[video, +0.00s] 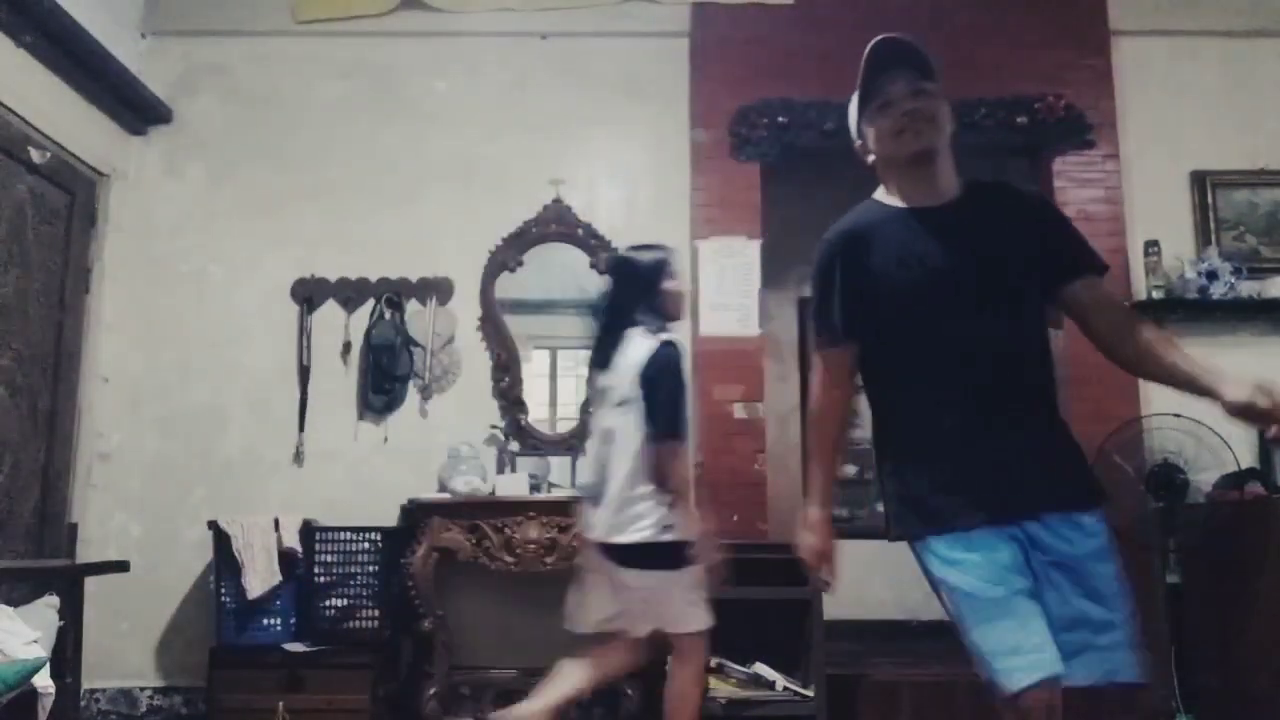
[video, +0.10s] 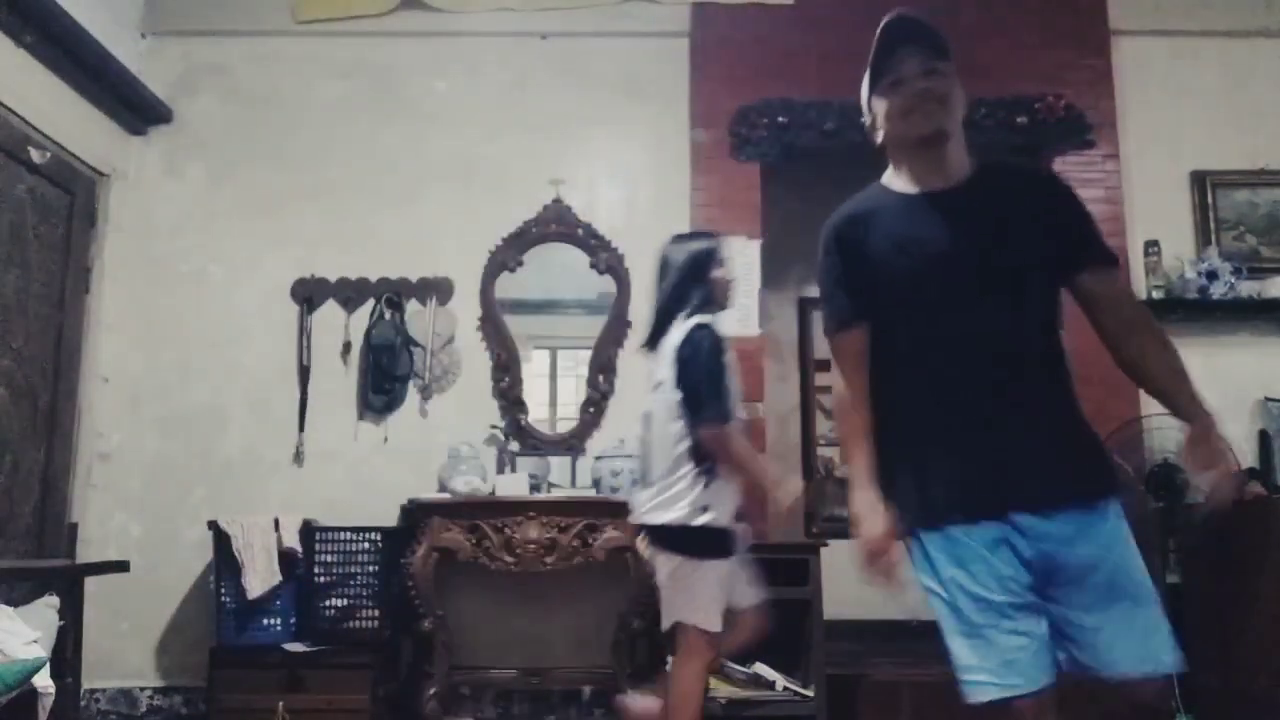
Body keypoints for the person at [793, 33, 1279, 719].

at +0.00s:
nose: (909, 109)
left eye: (921, 94)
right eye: (886, 105)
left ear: (949, 112)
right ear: (864, 141)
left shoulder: (1017, 212)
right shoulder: (850, 246)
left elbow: (1116, 324)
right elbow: (832, 388)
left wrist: (1223, 385)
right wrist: (816, 506)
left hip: (1054, 485)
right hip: (946, 505)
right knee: (1034, 693)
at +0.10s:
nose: (923, 88)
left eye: (935, 73)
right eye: (899, 81)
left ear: (962, 92)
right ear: (870, 112)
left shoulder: (1032, 192)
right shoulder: (853, 231)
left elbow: (1119, 313)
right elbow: (850, 377)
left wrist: (1199, 424)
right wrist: (865, 494)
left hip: (1067, 482)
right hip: (947, 505)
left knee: (1143, 684)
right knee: (1020, 698)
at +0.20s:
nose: (923, 64)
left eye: (939, 48)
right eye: (901, 54)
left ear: (968, 64)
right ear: (874, 83)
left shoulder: (1039, 166)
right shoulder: (850, 203)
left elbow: (1105, 293)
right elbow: (834, 335)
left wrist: (1151, 424)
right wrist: (897, 421)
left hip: (1061, 463)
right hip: (941, 489)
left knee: (1102, 667)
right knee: (1003, 693)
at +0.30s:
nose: (921, 45)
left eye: (941, 32)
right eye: (899, 34)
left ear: (967, 59)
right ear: (869, 68)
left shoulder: (1032, 153)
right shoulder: (839, 188)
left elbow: (1088, 294)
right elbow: (821, 319)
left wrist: (1120, 433)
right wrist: (894, 343)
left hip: (1043, 457)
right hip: (923, 479)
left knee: (1056, 665)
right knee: (973, 691)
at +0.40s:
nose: (909, 55)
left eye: (932, 44)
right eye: (888, 43)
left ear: (957, 69)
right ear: (856, 74)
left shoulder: (1019, 166)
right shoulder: (822, 206)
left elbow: (1088, 314)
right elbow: (800, 344)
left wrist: (1129, 465)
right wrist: (859, 328)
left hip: (1025, 484)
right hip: (904, 501)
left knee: (1013, 692)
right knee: (965, 698)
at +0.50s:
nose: (893, 44)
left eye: (917, 33)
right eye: (872, 30)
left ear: (942, 63)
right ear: (838, 64)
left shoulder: (1002, 160)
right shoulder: (802, 193)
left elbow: (1066, 309)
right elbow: (779, 327)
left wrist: (1120, 456)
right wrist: (816, 374)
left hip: (994, 481)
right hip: (872, 494)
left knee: (983, 692)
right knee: (907, 699)